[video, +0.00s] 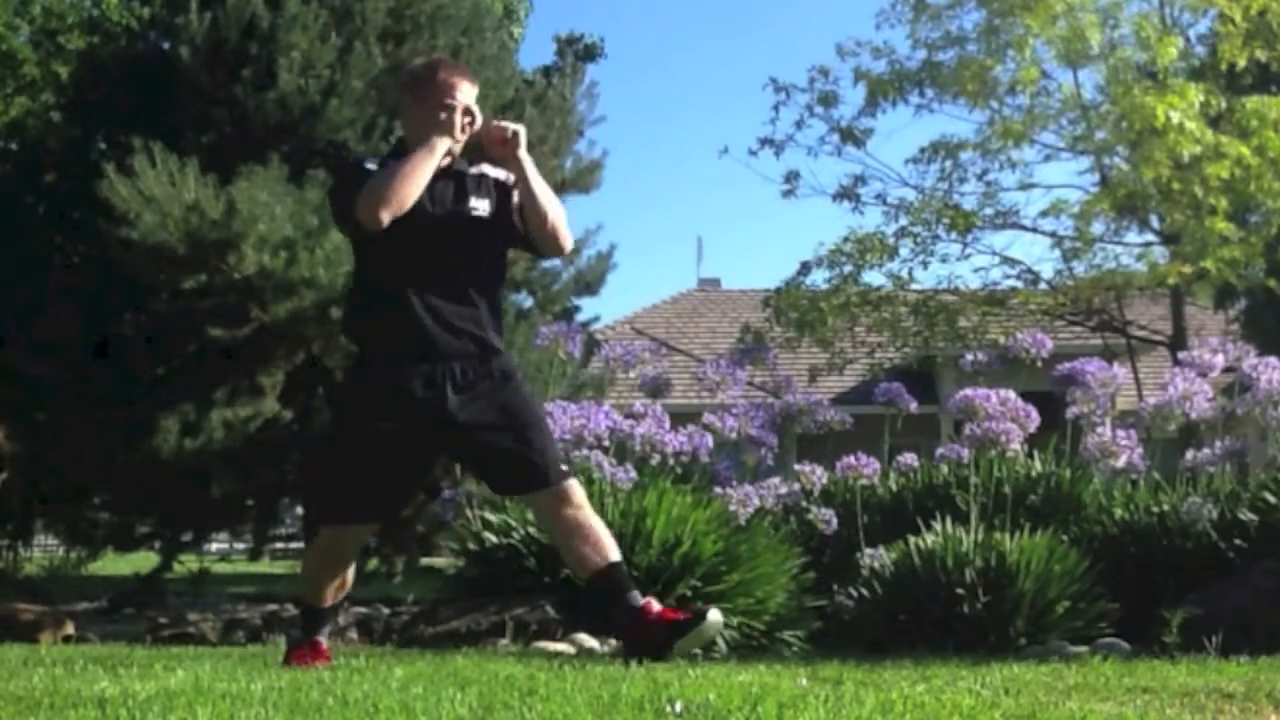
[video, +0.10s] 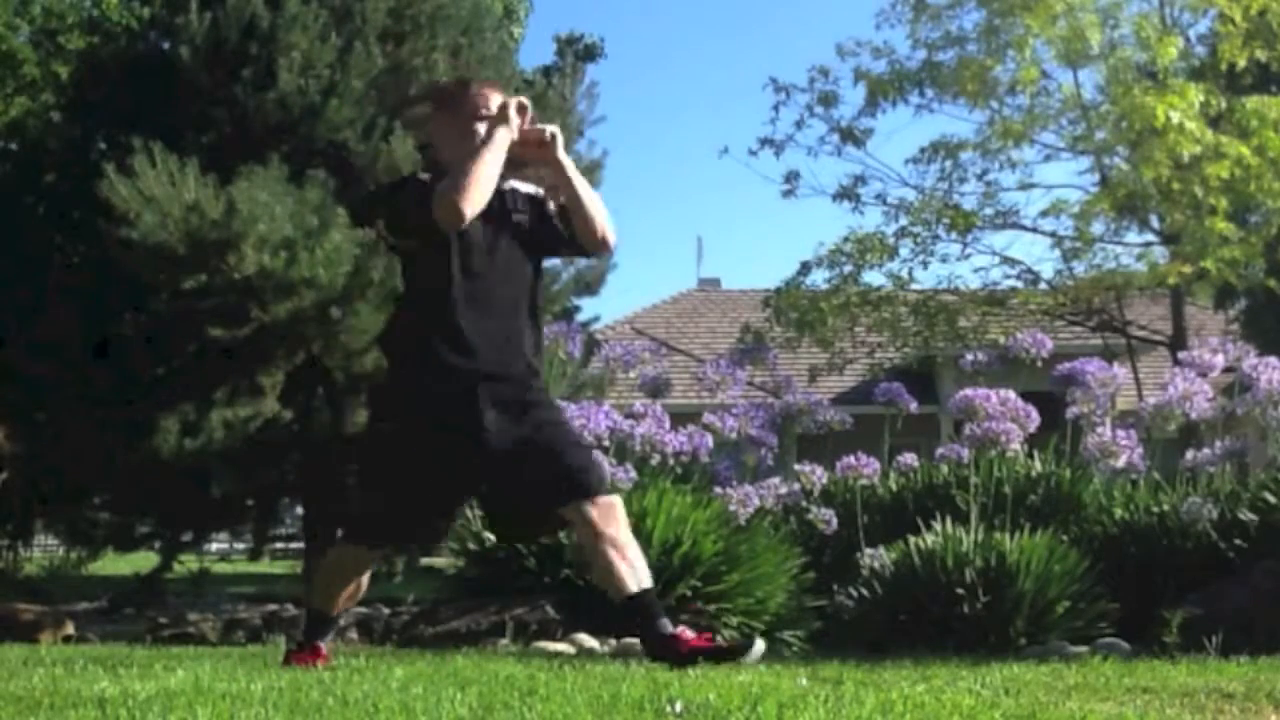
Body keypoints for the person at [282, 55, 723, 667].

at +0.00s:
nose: (457, 120)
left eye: (467, 112)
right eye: (443, 107)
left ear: (477, 121)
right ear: (405, 106)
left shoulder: (496, 185)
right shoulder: (366, 173)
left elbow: (557, 243)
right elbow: (375, 214)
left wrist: (521, 162)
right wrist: (441, 143)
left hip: (482, 372)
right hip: (391, 374)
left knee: (557, 487)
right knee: (344, 521)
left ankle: (633, 615)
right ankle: (310, 639)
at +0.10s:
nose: (495, 126)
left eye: (499, 116)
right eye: (479, 115)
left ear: (504, 132)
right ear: (435, 129)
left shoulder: (523, 205)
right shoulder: (406, 197)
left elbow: (599, 241)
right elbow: (456, 211)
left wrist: (558, 166)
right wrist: (501, 133)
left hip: (516, 400)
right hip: (427, 400)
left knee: (597, 500)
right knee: (362, 540)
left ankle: (661, 635)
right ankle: (312, 640)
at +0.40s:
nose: (613, 89)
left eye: (616, 80)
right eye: (599, 76)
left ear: (619, 88)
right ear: (558, 82)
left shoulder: (603, 145)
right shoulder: (563, 138)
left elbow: (693, 176)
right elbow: (656, 152)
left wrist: (672, 100)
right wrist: (652, 82)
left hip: (635, 318)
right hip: (603, 315)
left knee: (697, 494)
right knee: (728, 405)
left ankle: (687, 639)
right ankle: (618, 531)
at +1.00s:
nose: (807, 83)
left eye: (810, 72)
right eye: (795, 69)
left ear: (807, 76)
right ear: (749, 68)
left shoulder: (746, 139)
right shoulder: (758, 133)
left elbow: (827, 228)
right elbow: (860, 179)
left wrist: (836, 135)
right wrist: (860, 108)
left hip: (772, 344)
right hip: (796, 337)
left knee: (802, 520)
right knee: (868, 493)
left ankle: (698, 645)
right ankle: (899, 662)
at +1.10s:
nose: (833, 78)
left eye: (836, 66)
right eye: (823, 63)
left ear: (779, 68)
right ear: (780, 59)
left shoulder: (761, 130)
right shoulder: (787, 126)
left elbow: (859, 212)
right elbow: (872, 183)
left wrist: (864, 125)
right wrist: (879, 109)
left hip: (770, 345)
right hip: (810, 338)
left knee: (820, 515)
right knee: (896, 486)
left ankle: (701, 641)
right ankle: (901, 663)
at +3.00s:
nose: (476, 81)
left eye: (486, 74)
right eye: (466, 68)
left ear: (496, 82)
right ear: (432, 64)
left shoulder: (511, 144)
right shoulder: (390, 127)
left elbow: (561, 228)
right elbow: (372, 200)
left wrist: (537, 161)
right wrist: (453, 139)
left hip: (487, 334)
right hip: (401, 332)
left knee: (507, 488)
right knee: (380, 490)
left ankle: (513, 633)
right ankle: (364, 620)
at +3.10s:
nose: (456, 102)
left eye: (465, 95)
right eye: (444, 89)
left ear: (472, 107)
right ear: (404, 91)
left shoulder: (494, 173)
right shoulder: (363, 156)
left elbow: (548, 240)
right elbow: (365, 208)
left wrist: (523, 164)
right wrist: (440, 141)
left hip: (475, 360)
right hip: (386, 359)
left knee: (511, 493)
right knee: (371, 504)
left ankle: (505, 634)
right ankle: (353, 638)